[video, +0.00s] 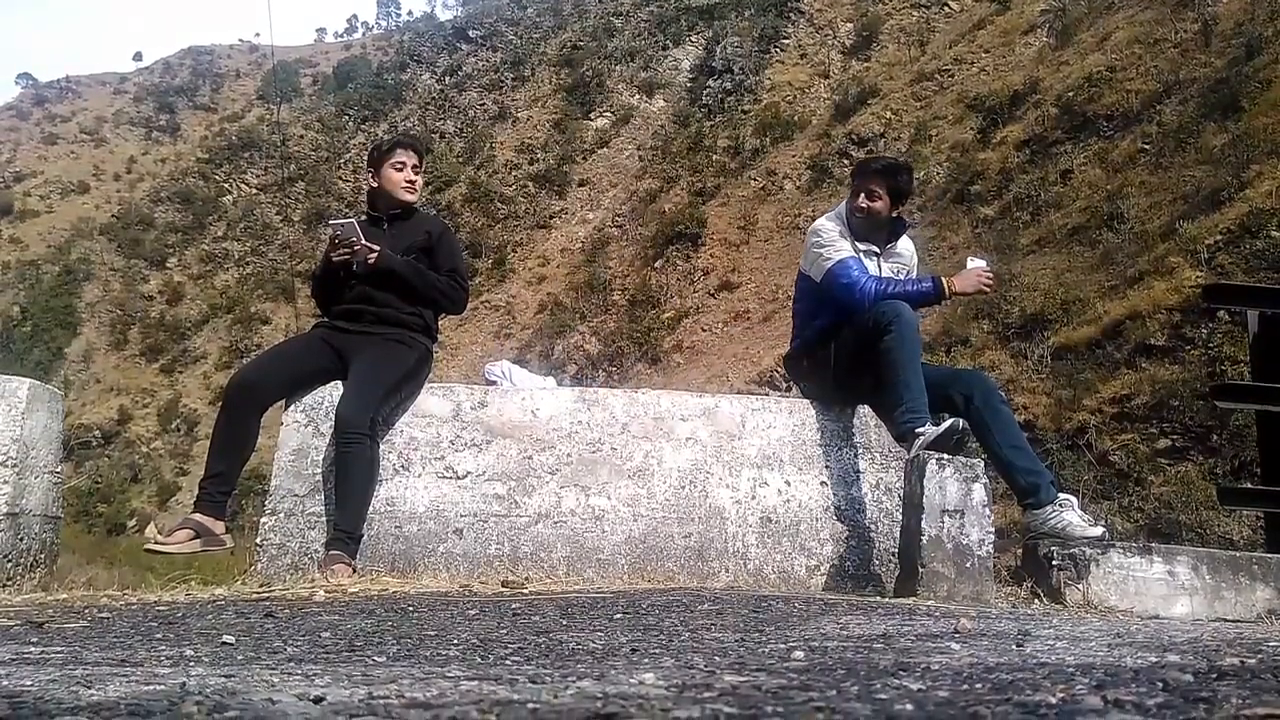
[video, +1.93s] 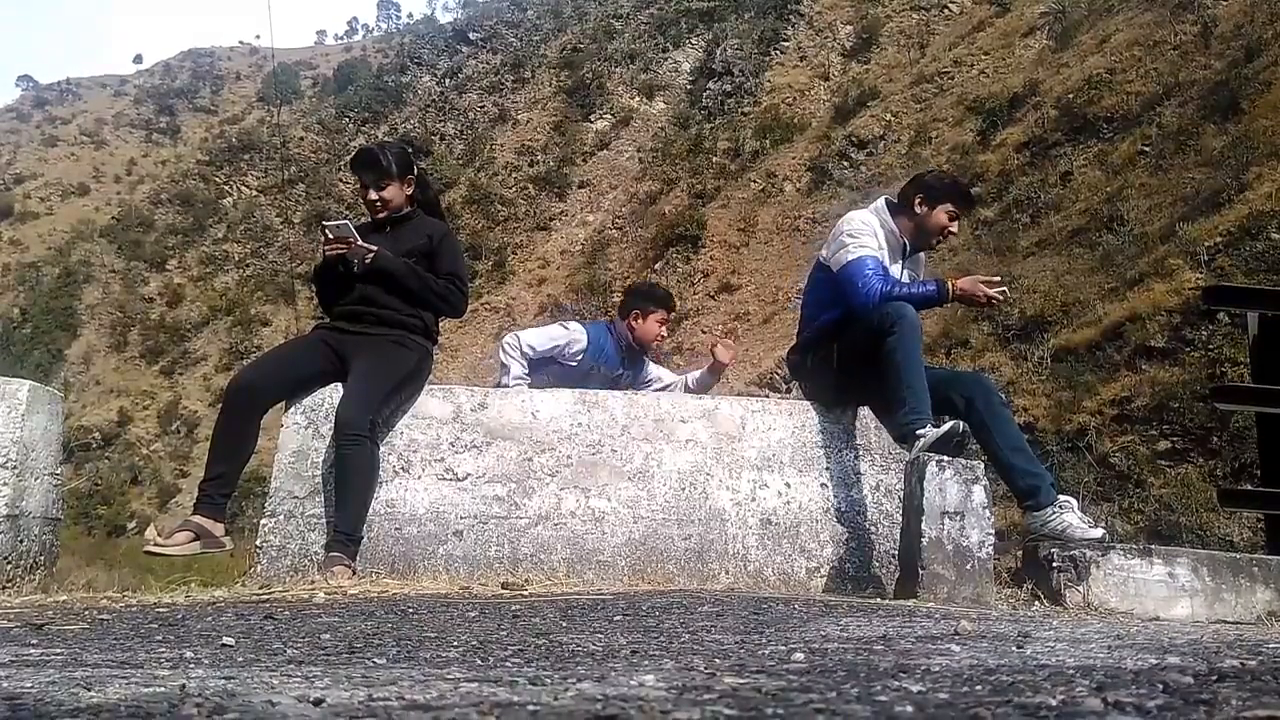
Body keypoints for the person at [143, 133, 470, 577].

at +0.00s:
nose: (412, 176)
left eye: (418, 170)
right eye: (401, 167)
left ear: (422, 180)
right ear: (374, 177)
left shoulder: (433, 229)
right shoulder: (350, 228)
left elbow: (456, 298)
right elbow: (325, 300)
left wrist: (388, 261)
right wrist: (332, 264)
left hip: (397, 342)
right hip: (337, 334)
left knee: (354, 421)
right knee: (247, 387)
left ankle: (340, 556)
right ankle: (209, 519)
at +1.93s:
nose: (372, 196)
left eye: (382, 186)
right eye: (366, 188)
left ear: (410, 184)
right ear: (360, 188)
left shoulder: (434, 232)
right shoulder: (355, 230)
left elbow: (455, 301)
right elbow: (331, 301)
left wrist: (383, 261)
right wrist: (330, 263)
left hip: (397, 344)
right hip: (336, 336)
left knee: (353, 423)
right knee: (247, 387)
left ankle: (341, 558)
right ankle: (208, 521)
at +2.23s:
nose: (376, 194)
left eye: (386, 184)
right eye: (368, 187)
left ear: (411, 181)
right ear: (362, 188)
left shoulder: (434, 232)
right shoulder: (355, 230)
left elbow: (455, 300)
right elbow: (332, 300)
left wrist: (380, 262)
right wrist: (329, 263)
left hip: (397, 344)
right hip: (336, 336)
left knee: (353, 423)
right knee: (246, 388)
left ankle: (341, 558)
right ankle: (208, 521)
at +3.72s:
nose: (375, 198)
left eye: (384, 187)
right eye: (367, 190)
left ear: (409, 179)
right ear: (360, 190)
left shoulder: (436, 232)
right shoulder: (358, 228)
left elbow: (456, 299)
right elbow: (333, 299)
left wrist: (381, 259)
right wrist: (333, 256)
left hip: (397, 343)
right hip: (337, 335)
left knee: (353, 420)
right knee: (247, 386)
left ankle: (341, 558)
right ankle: (208, 520)